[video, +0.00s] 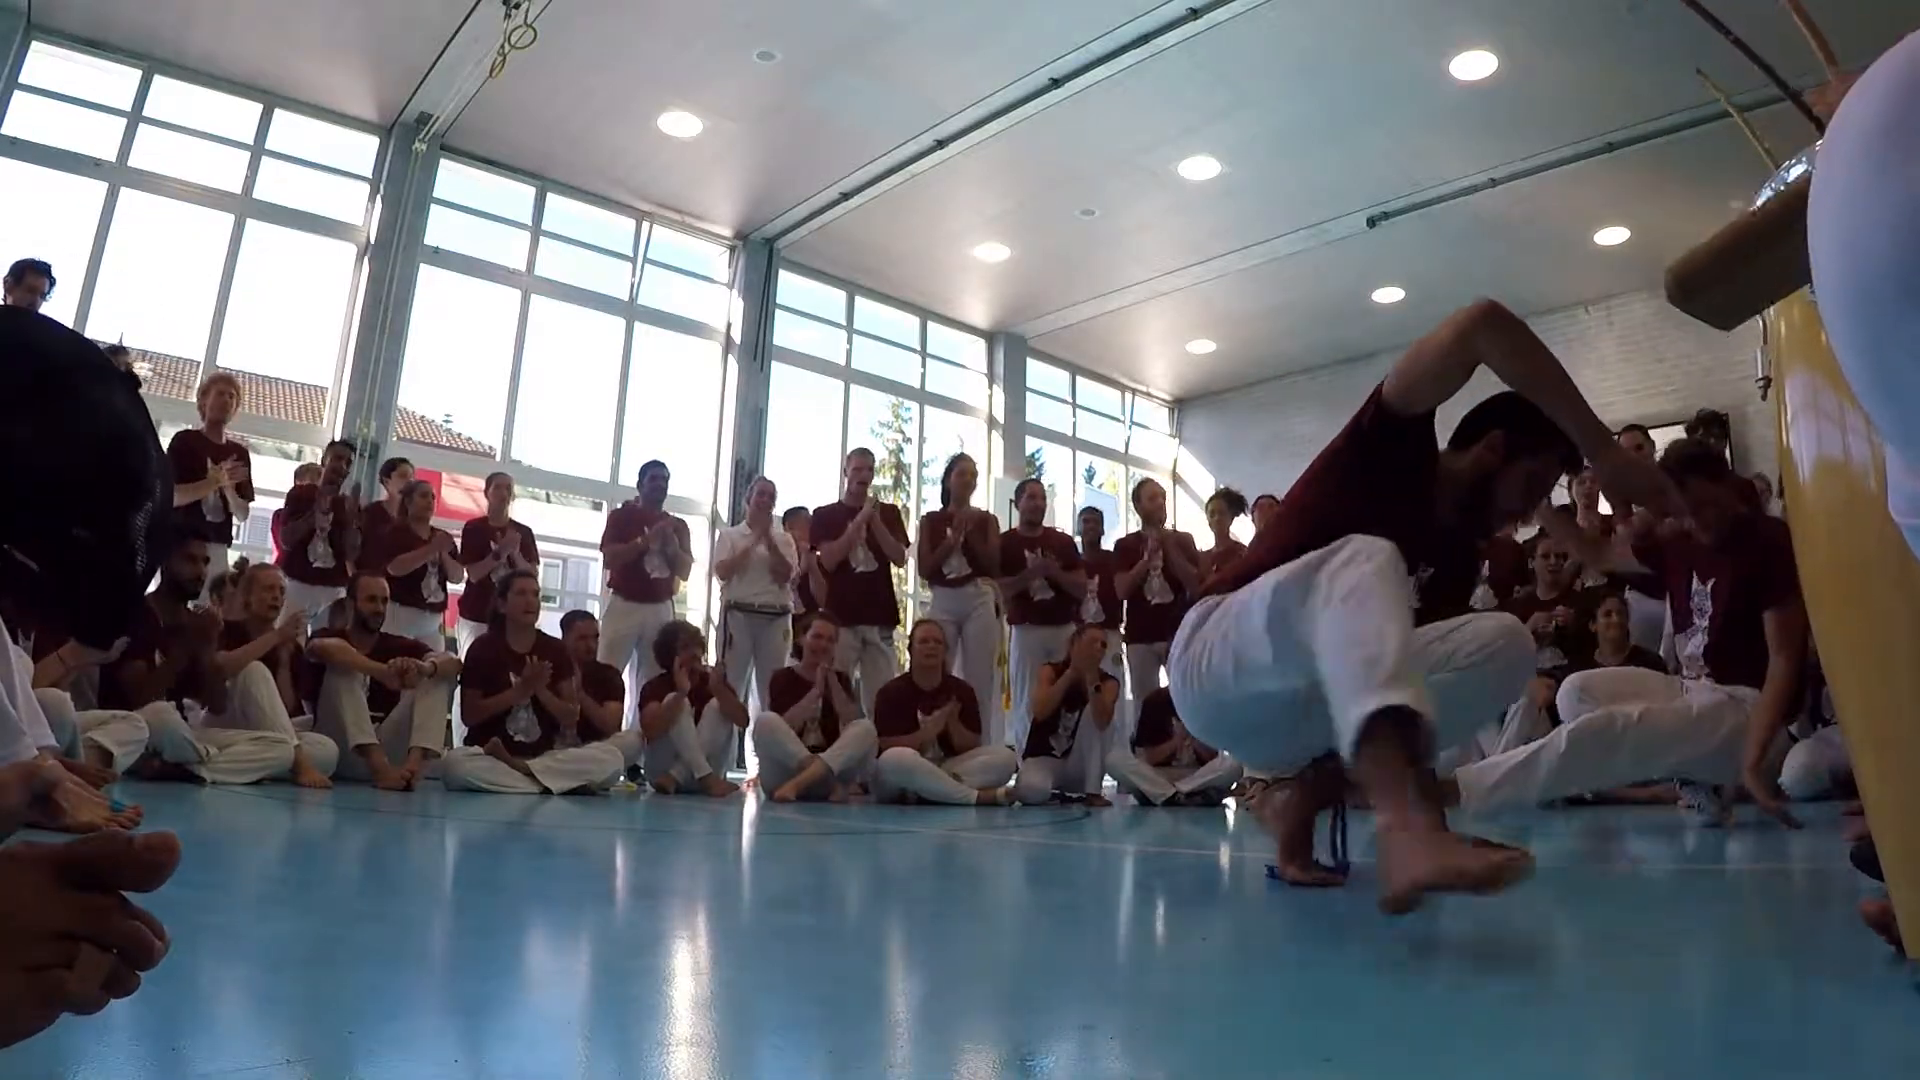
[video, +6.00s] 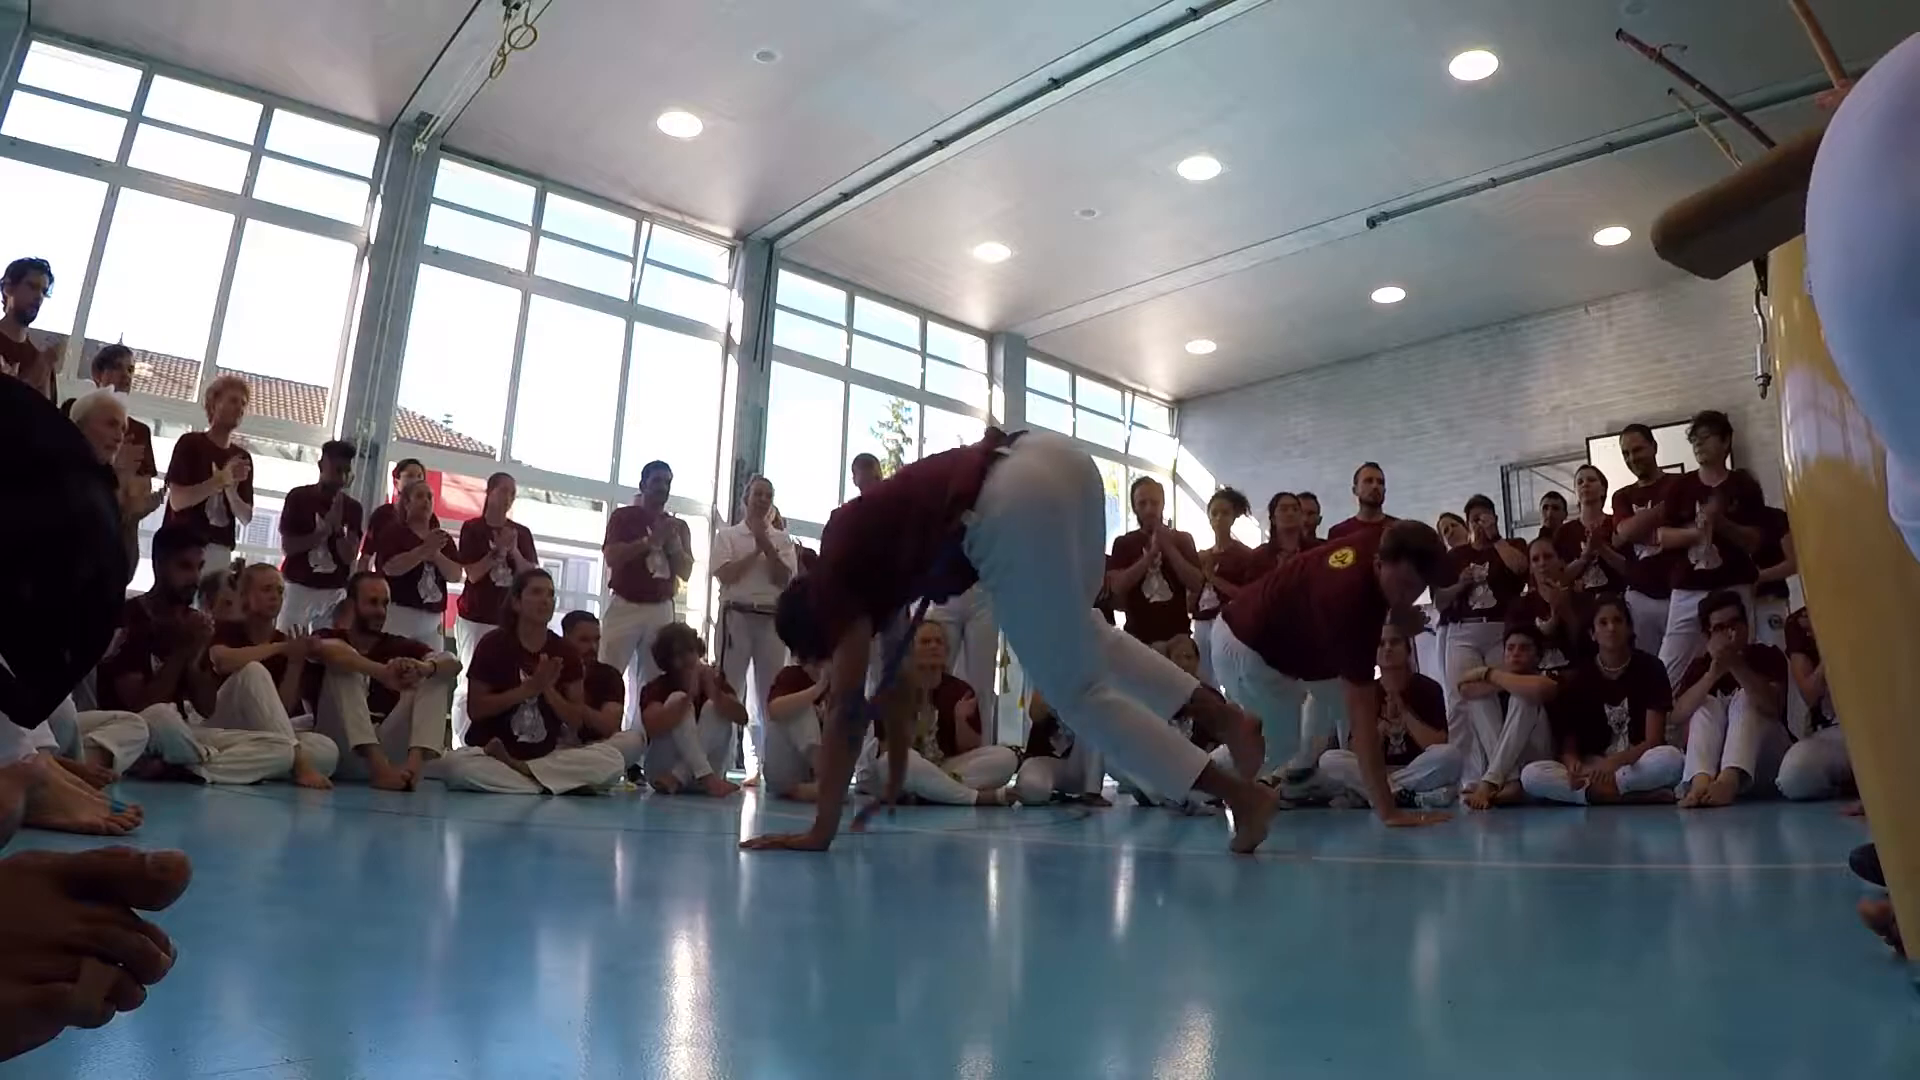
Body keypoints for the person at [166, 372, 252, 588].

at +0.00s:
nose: (227, 400)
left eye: (232, 396)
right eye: (220, 393)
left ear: (236, 407)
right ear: (202, 401)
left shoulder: (239, 453)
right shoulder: (184, 440)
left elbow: (243, 514)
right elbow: (167, 497)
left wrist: (229, 489)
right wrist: (212, 483)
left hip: (217, 546)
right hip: (179, 541)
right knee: (172, 610)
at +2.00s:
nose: (232, 406)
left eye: (237, 402)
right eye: (226, 399)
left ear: (241, 411)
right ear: (207, 405)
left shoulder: (240, 455)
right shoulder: (188, 441)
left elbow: (248, 515)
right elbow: (175, 499)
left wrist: (231, 487)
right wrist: (221, 477)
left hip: (219, 546)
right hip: (184, 542)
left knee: (212, 619)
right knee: (176, 614)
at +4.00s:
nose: (232, 403)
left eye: (236, 399)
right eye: (225, 396)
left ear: (239, 407)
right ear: (204, 403)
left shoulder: (236, 453)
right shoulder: (184, 440)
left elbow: (244, 513)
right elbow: (172, 496)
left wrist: (236, 478)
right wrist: (218, 471)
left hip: (217, 547)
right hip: (180, 544)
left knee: (210, 619)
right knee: (173, 614)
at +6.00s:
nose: (240, 408)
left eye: (243, 403)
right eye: (233, 401)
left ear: (245, 410)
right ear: (212, 403)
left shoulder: (242, 457)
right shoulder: (189, 443)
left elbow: (246, 517)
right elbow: (178, 501)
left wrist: (230, 490)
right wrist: (221, 479)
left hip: (219, 549)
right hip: (182, 545)